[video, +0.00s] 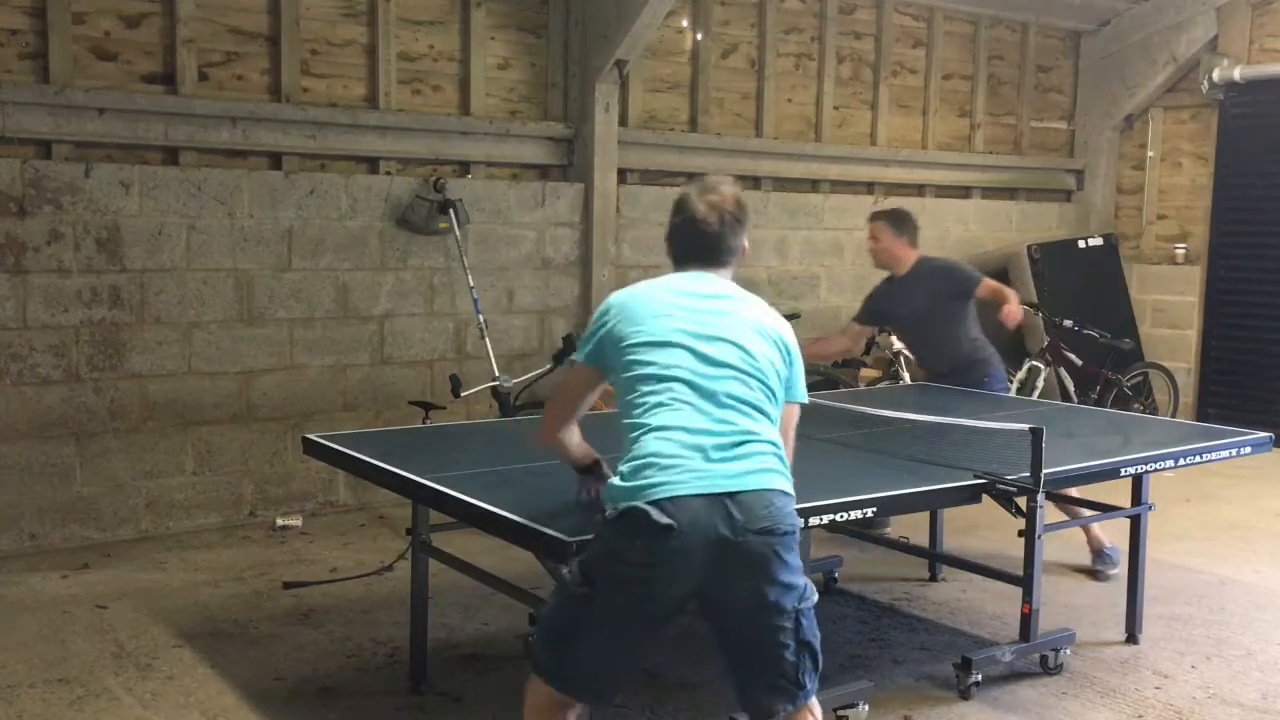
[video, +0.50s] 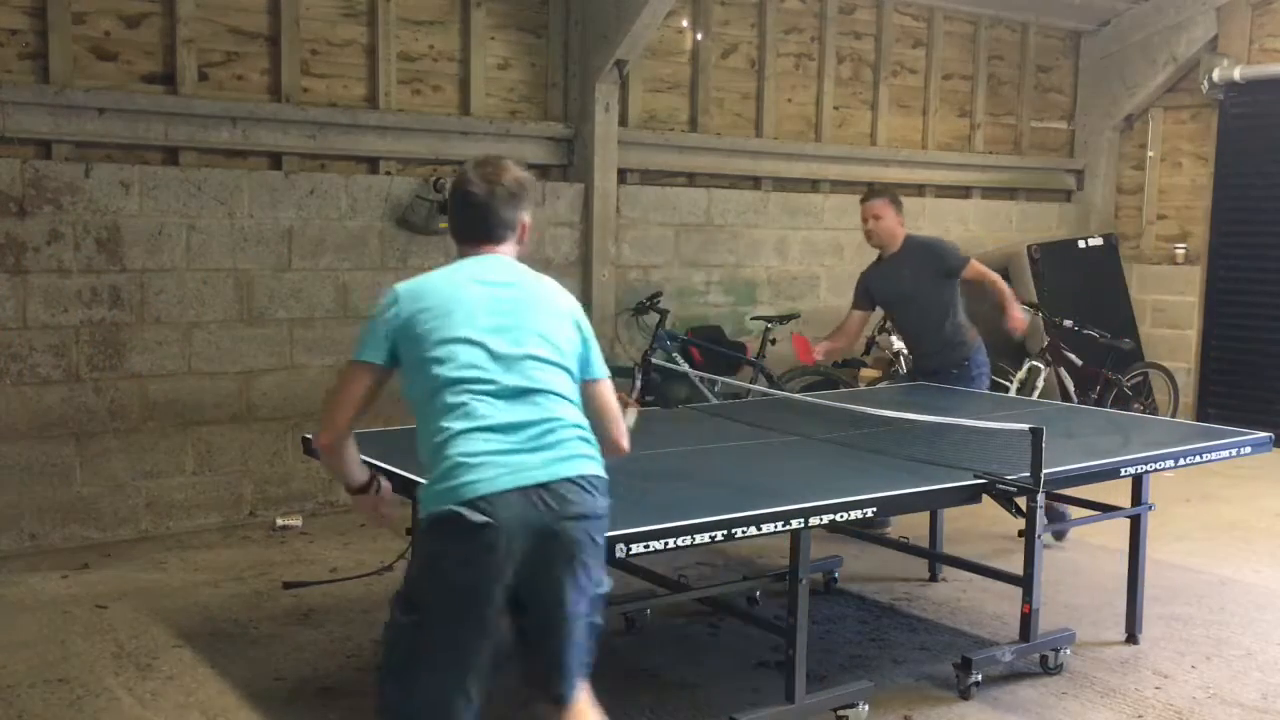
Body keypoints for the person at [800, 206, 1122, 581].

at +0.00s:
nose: (869, 246)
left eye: (875, 239)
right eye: (869, 239)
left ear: (901, 240)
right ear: (892, 241)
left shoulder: (944, 273)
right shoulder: (882, 297)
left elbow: (1002, 292)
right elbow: (847, 341)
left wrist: (1012, 305)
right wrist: (789, 351)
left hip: (984, 379)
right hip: (939, 387)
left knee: (1025, 460)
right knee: (898, 438)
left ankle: (1094, 536)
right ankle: (882, 508)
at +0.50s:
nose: (867, 227)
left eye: (874, 218)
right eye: (864, 221)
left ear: (897, 219)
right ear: (865, 226)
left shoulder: (934, 253)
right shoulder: (872, 278)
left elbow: (991, 278)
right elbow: (847, 335)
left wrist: (1013, 308)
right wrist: (825, 347)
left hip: (965, 366)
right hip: (923, 373)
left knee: (979, 445)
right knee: (892, 436)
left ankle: (1051, 507)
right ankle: (880, 513)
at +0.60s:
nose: (894, 223)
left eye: (902, 215)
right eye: (890, 217)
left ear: (923, 217)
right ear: (887, 224)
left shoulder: (957, 254)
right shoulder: (892, 276)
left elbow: (1012, 281)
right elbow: (871, 329)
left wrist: (1054, 307)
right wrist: (856, 342)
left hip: (978, 370)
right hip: (934, 374)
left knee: (987, 441)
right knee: (900, 435)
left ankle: (1038, 497)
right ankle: (879, 513)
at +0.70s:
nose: (932, 215)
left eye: (939, 207)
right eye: (927, 210)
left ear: (961, 209)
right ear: (923, 217)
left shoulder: (992, 247)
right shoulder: (923, 270)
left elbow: (1046, 277)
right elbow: (907, 319)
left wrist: (1098, 305)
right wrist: (901, 338)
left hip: (1001, 373)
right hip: (951, 373)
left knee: (1007, 444)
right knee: (909, 431)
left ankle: (1021, 509)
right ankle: (882, 510)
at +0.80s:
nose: (979, 207)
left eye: (987, 198)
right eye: (973, 200)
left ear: (1007, 202)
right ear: (968, 207)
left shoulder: (1039, 244)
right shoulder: (963, 260)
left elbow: (1088, 277)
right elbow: (947, 313)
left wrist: (1137, 308)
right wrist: (957, 339)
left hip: (1027, 376)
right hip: (976, 375)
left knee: (1026, 448)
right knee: (936, 435)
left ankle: (1022, 512)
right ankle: (886, 506)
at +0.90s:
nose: (1030, 206)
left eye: (1039, 198)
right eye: (1025, 199)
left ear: (1059, 205)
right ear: (1018, 205)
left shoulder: (1082, 251)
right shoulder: (1005, 257)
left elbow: (1123, 296)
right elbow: (987, 317)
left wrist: (1164, 338)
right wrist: (1008, 345)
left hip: (1058, 376)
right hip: (1009, 373)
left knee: (1051, 449)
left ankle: (1030, 511)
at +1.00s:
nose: (1088, 209)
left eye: (1097, 202)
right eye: (1082, 201)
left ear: (1113, 209)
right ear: (1072, 207)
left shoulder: (1126, 257)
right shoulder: (1048, 253)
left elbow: (1156, 305)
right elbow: (1016, 308)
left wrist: (1185, 337)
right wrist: (1046, 343)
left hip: (1087, 373)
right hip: (1040, 367)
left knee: (1072, 448)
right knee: (1036, 440)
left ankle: (1030, 508)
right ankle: (1025, 509)